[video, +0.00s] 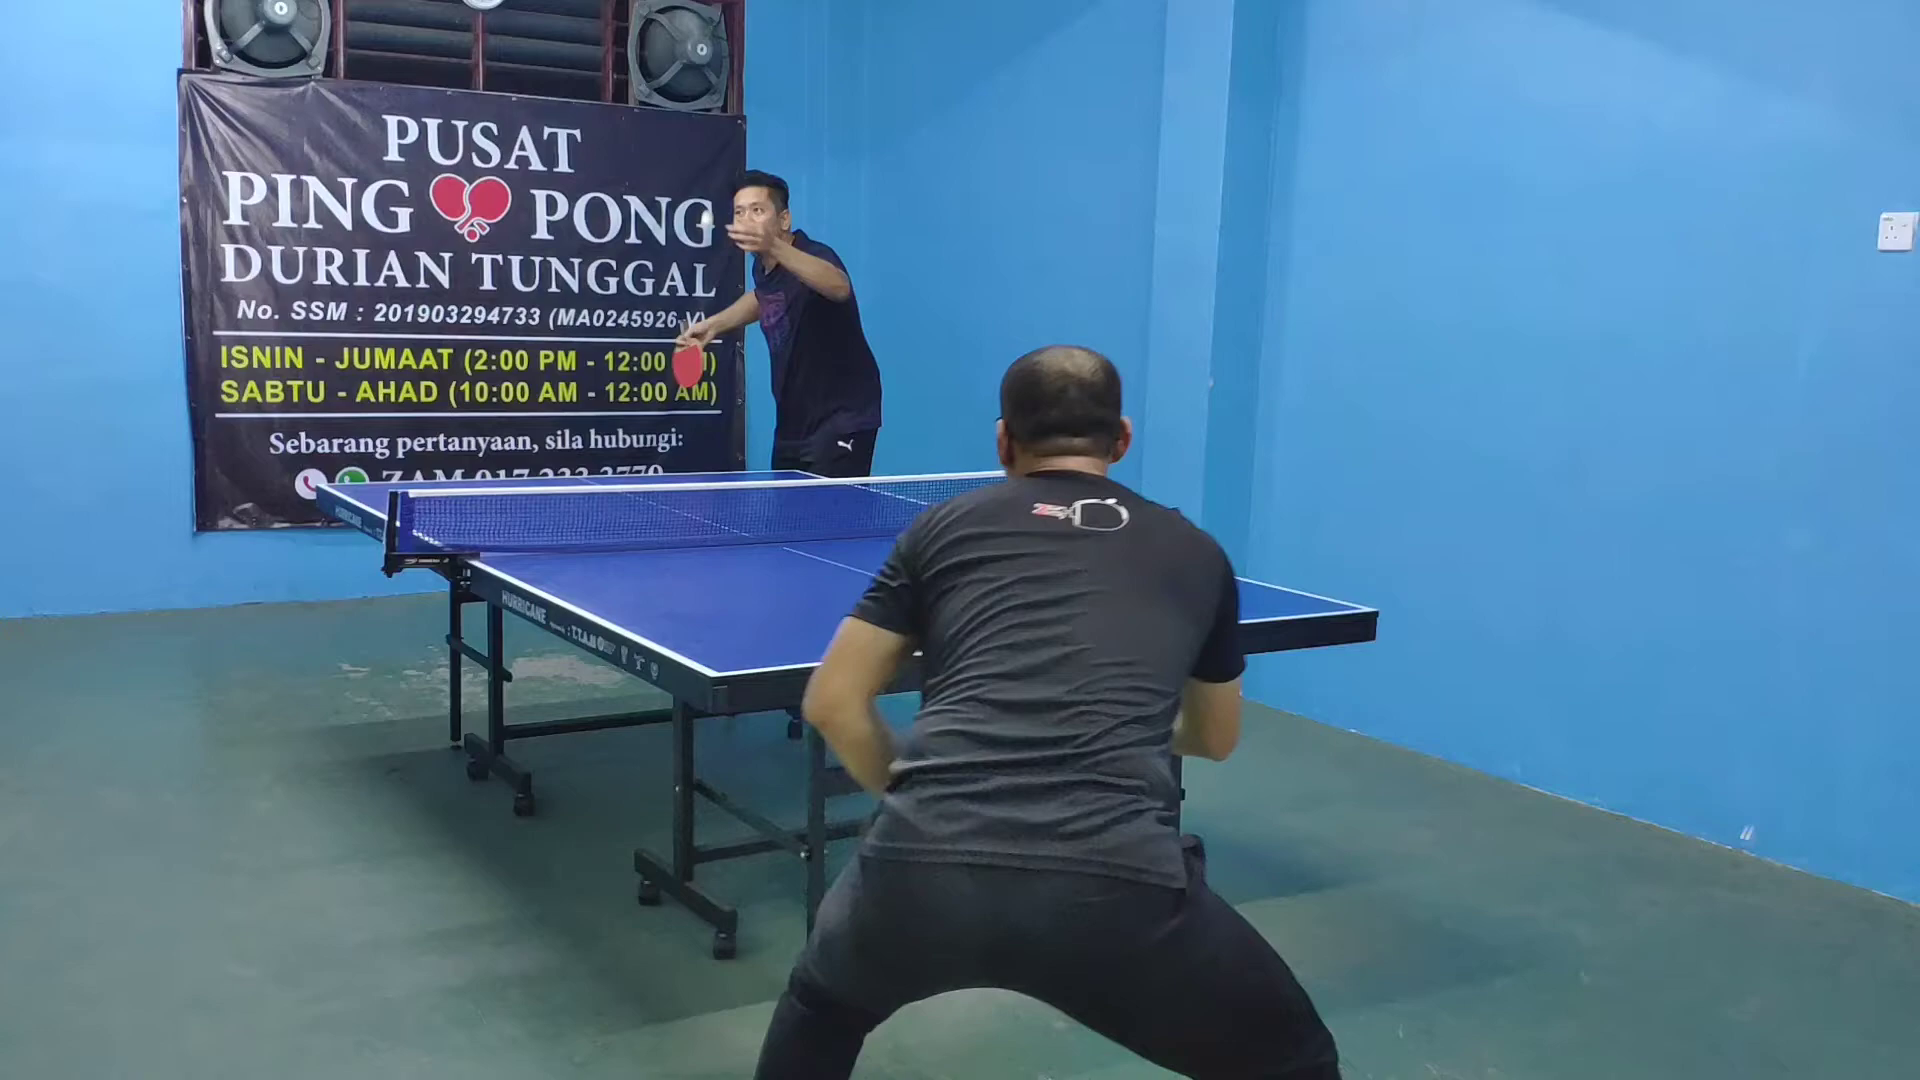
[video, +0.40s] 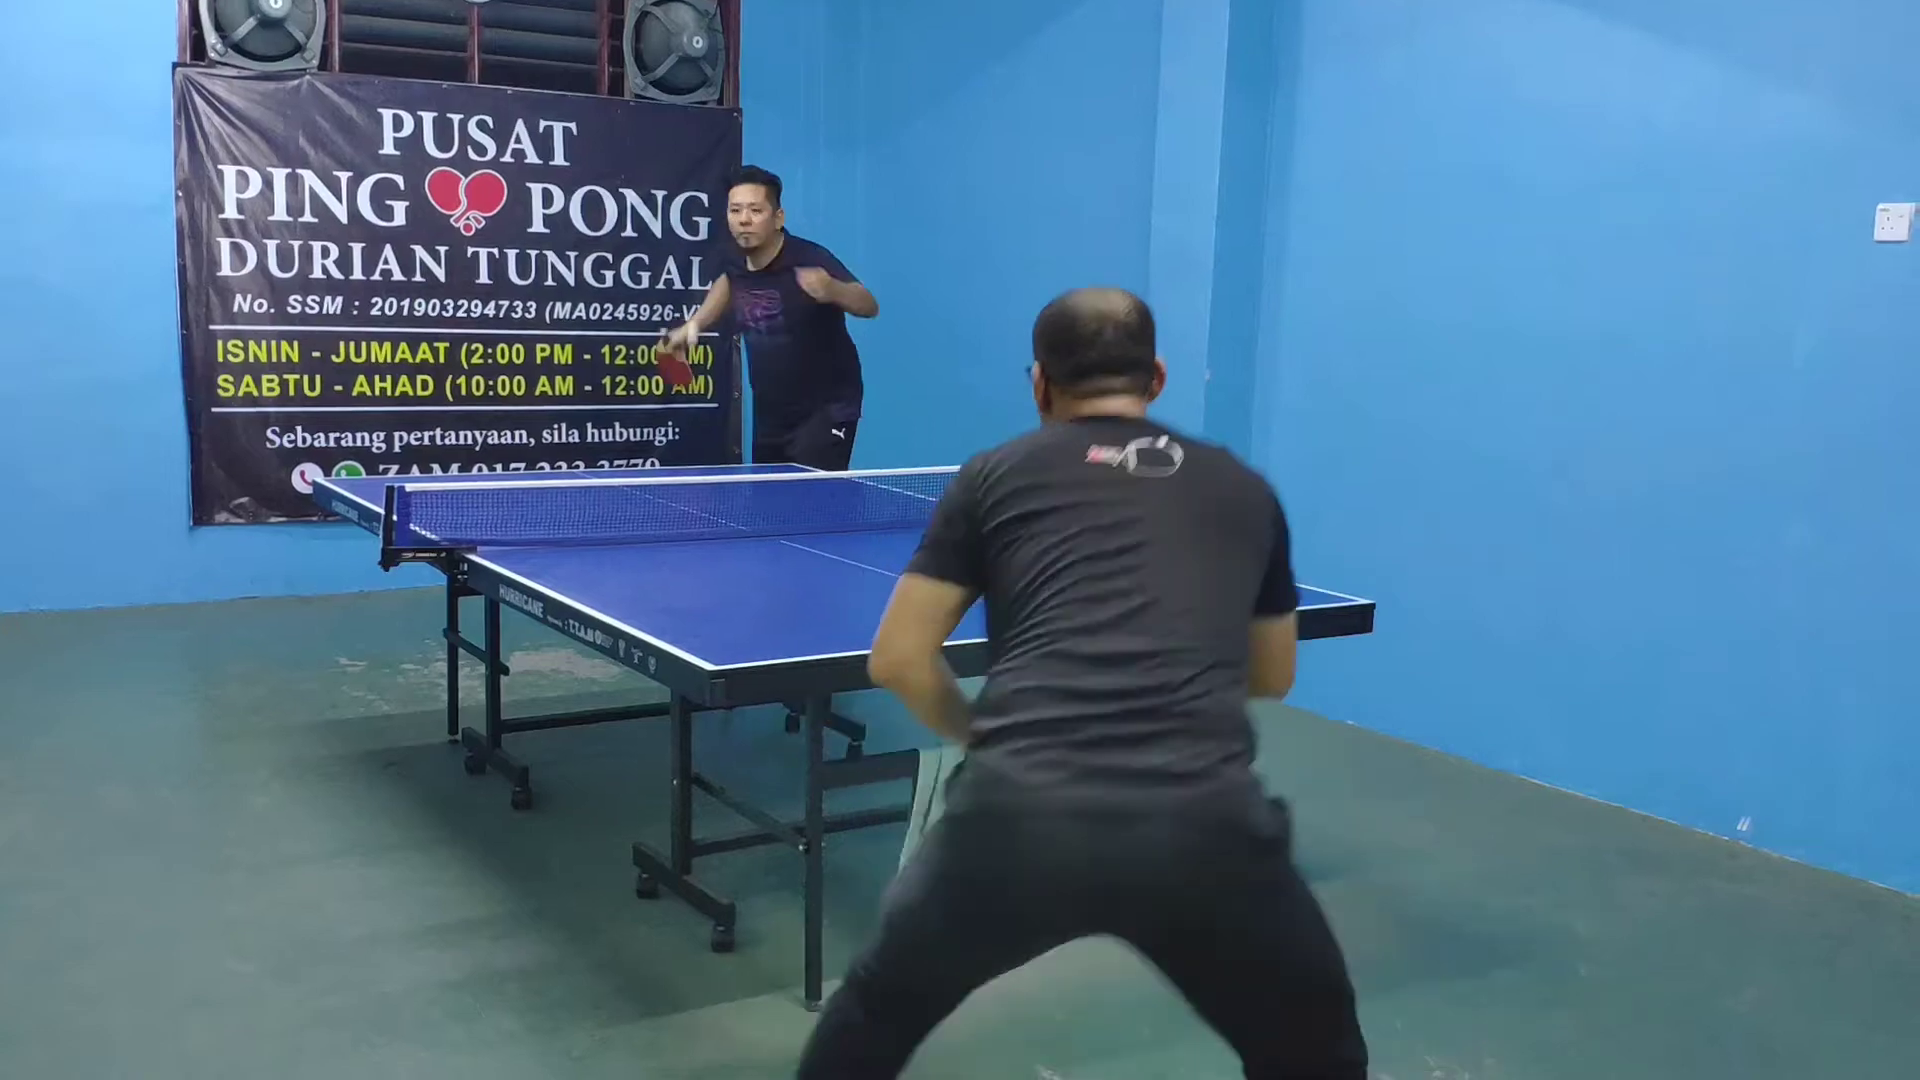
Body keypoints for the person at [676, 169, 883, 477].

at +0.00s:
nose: (747, 221)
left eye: (758, 210)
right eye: (739, 213)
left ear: (783, 219)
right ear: (734, 221)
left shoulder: (813, 255)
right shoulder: (762, 266)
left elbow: (841, 288)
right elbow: (762, 299)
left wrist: (776, 246)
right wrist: (712, 326)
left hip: (843, 416)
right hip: (794, 418)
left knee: (828, 518)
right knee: (783, 519)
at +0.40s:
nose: (744, 220)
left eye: (755, 210)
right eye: (735, 211)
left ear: (778, 218)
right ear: (727, 217)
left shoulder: (810, 258)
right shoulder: (734, 262)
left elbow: (869, 306)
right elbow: (727, 284)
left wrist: (833, 290)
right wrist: (696, 323)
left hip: (826, 405)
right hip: (771, 406)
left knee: (809, 506)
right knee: (766, 505)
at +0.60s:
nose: (740, 206)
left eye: (752, 197)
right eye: (732, 195)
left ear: (771, 204)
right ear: (720, 199)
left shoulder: (804, 252)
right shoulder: (704, 247)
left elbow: (851, 289)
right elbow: (669, 307)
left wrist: (870, 301)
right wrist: (694, 294)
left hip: (792, 400)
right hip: (732, 398)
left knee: (784, 500)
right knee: (730, 500)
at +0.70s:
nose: (731, 195)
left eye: (743, 187)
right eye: (722, 185)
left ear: (759, 195)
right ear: (708, 192)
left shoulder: (793, 246)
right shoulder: (688, 240)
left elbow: (840, 286)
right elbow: (651, 299)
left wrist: (861, 298)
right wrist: (678, 290)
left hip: (775, 399)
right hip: (707, 396)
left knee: (776, 498)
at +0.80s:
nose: (712, 189)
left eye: (723, 180)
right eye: (702, 178)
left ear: (739, 189)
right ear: (688, 186)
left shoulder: (771, 241)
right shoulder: (664, 237)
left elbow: (819, 285)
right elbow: (628, 294)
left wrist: (832, 303)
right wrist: (651, 292)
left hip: (751, 405)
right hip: (678, 402)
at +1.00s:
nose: (657, 187)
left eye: (667, 179)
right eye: (648, 178)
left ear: (684, 187)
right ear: (632, 185)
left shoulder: (711, 242)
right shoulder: (605, 242)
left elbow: (754, 292)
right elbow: (572, 303)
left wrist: (765, 316)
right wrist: (595, 312)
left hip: (697, 403)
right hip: (622, 402)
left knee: (721, 499)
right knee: (581, 496)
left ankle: (740, 602)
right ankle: (547, 600)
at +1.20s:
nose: (626, 176)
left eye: (635, 167)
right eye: (616, 167)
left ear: (652, 172)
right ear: (602, 173)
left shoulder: (687, 227)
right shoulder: (577, 229)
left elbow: (737, 283)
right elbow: (560, 288)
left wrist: (716, 311)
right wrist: (568, 327)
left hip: (674, 387)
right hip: (602, 384)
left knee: (683, 486)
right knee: (572, 484)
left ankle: (690, 594)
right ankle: (543, 591)